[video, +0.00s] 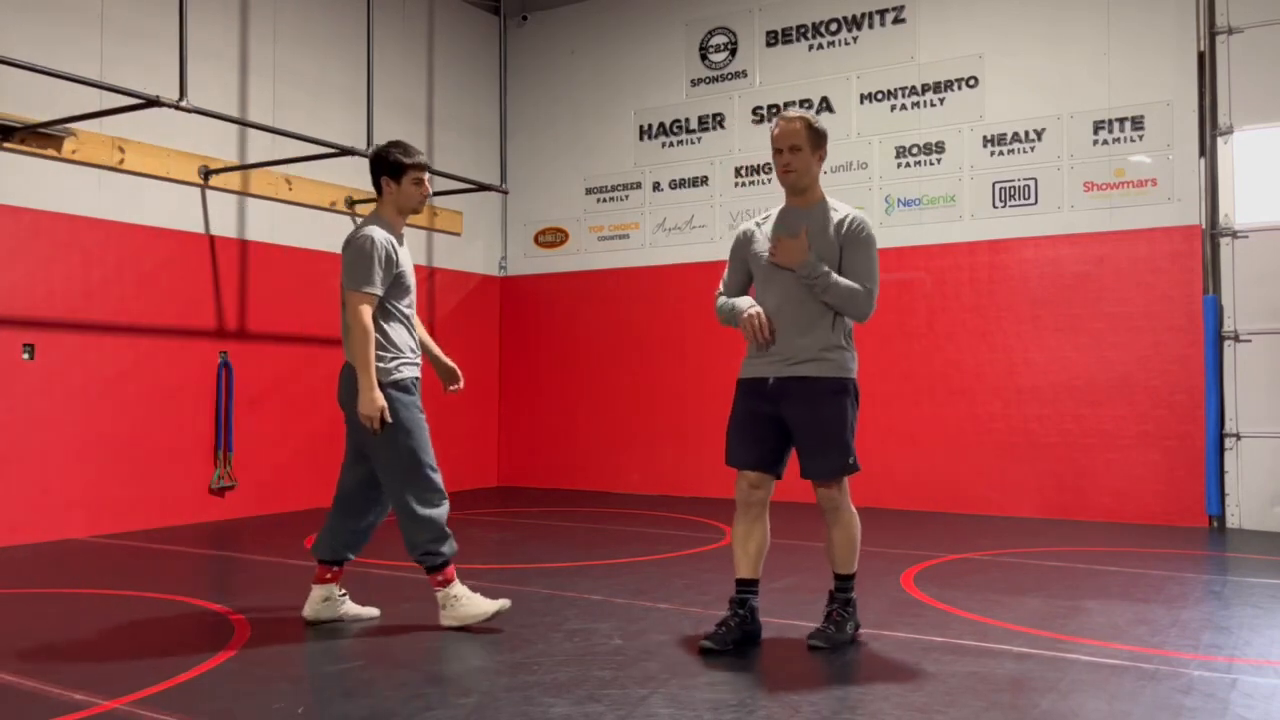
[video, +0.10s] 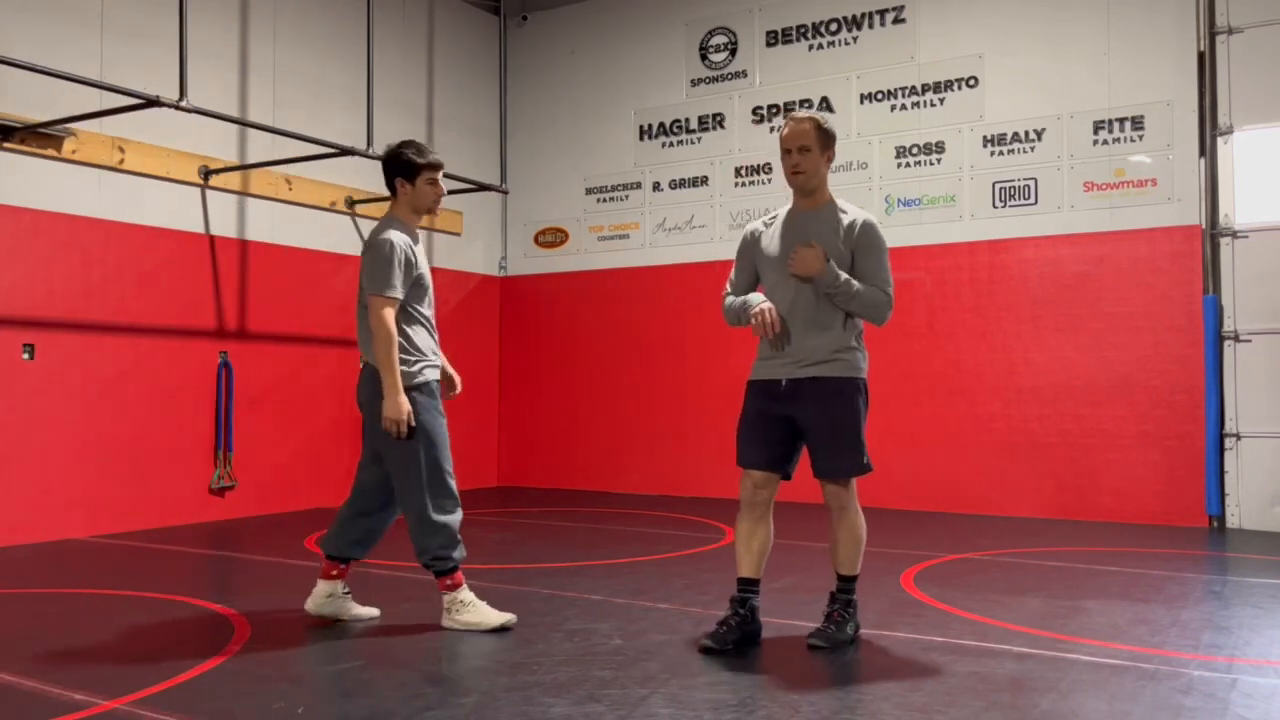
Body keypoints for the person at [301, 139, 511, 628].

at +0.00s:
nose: (427, 190)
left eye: (427, 182)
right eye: (418, 182)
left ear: (404, 188)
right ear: (388, 184)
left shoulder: (393, 241)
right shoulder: (369, 241)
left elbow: (405, 315)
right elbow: (357, 315)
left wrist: (439, 358)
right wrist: (367, 385)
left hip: (385, 381)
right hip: (385, 383)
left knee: (363, 486)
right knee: (420, 484)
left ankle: (324, 591)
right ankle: (450, 594)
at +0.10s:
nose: (441, 189)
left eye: (441, 181)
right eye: (432, 181)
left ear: (413, 187)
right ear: (403, 185)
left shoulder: (407, 240)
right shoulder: (388, 242)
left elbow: (410, 317)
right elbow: (381, 319)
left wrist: (439, 364)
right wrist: (393, 392)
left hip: (400, 381)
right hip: (406, 384)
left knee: (376, 488)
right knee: (434, 489)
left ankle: (328, 588)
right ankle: (456, 598)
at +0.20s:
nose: (456, 184)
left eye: (455, 175)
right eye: (447, 176)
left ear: (424, 182)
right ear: (416, 181)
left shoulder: (417, 233)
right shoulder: (409, 238)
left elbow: (412, 318)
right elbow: (408, 319)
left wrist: (429, 381)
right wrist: (422, 390)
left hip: (415, 377)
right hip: (423, 380)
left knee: (401, 483)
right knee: (445, 488)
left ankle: (340, 576)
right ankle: (456, 597)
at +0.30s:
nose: (471, 183)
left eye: (469, 174)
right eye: (461, 175)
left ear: (438, 181)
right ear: (430, 181)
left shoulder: (429, 230)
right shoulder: (425, 238)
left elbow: (432, 317)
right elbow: (431, 320)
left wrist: (454, 382)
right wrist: (456, 391)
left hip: (436, 380)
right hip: (433, 383)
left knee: (437, 478)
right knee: (455, 489)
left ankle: (365, 560)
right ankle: (456, 598)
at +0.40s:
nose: (484, 184)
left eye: (483, 175)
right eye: (475, 176)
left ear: (452, 181)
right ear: (445, 181)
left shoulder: (447, 230)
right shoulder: (433, 238)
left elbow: (454, 319)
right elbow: (449, 324)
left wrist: (477, 382)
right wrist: (487, 388)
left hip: (458, 378)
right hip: (440, 382)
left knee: (481, 473)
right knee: (460, 483)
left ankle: (402, 548)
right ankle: (457, 598)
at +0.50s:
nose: (496, 184)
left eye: (495, 175)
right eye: (488, 176)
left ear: (458, 182)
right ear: (456, 180)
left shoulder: (456, 228)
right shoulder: (443, 238)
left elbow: (457, 315)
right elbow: (458, 321)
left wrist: (480, 370)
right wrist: (506, 383)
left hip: (472, 376)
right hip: (453, 380)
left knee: (499, 471)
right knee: (464, 481)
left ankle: (445, 557)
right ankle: (458, 596)